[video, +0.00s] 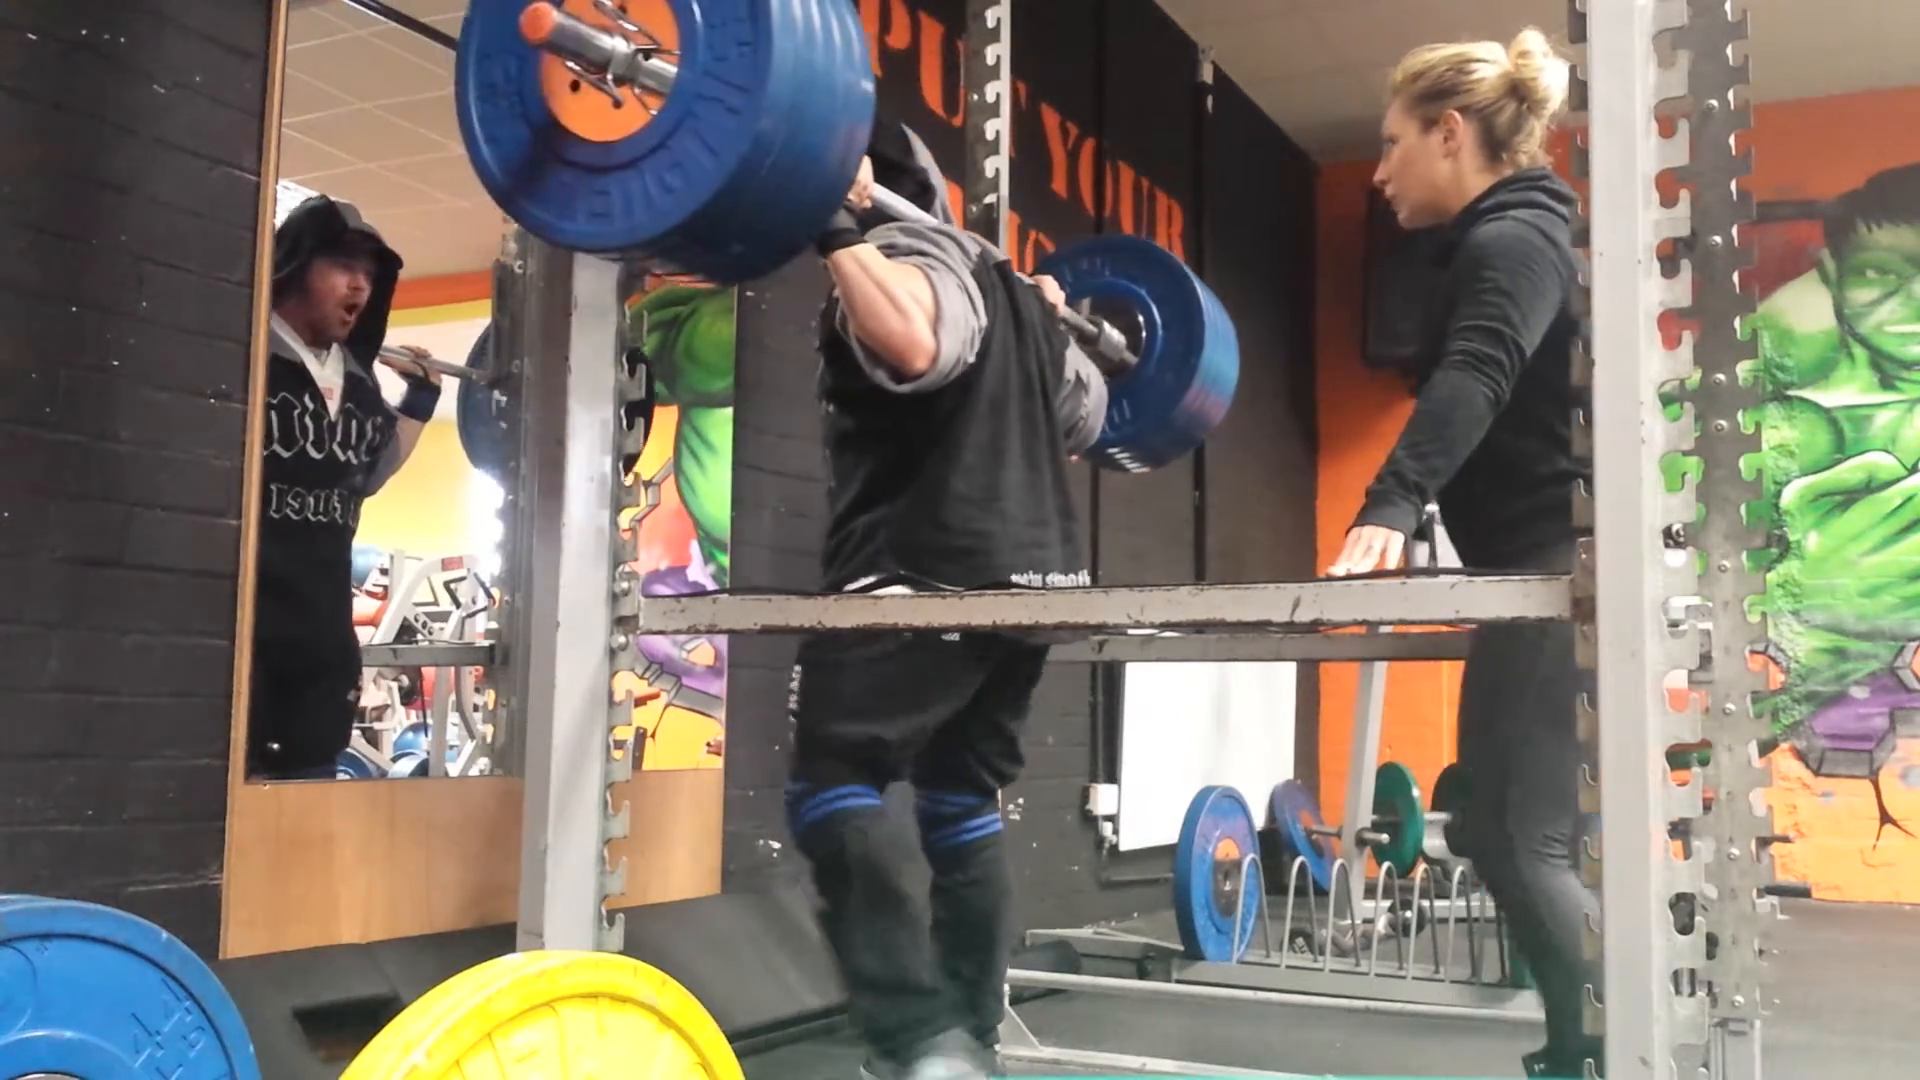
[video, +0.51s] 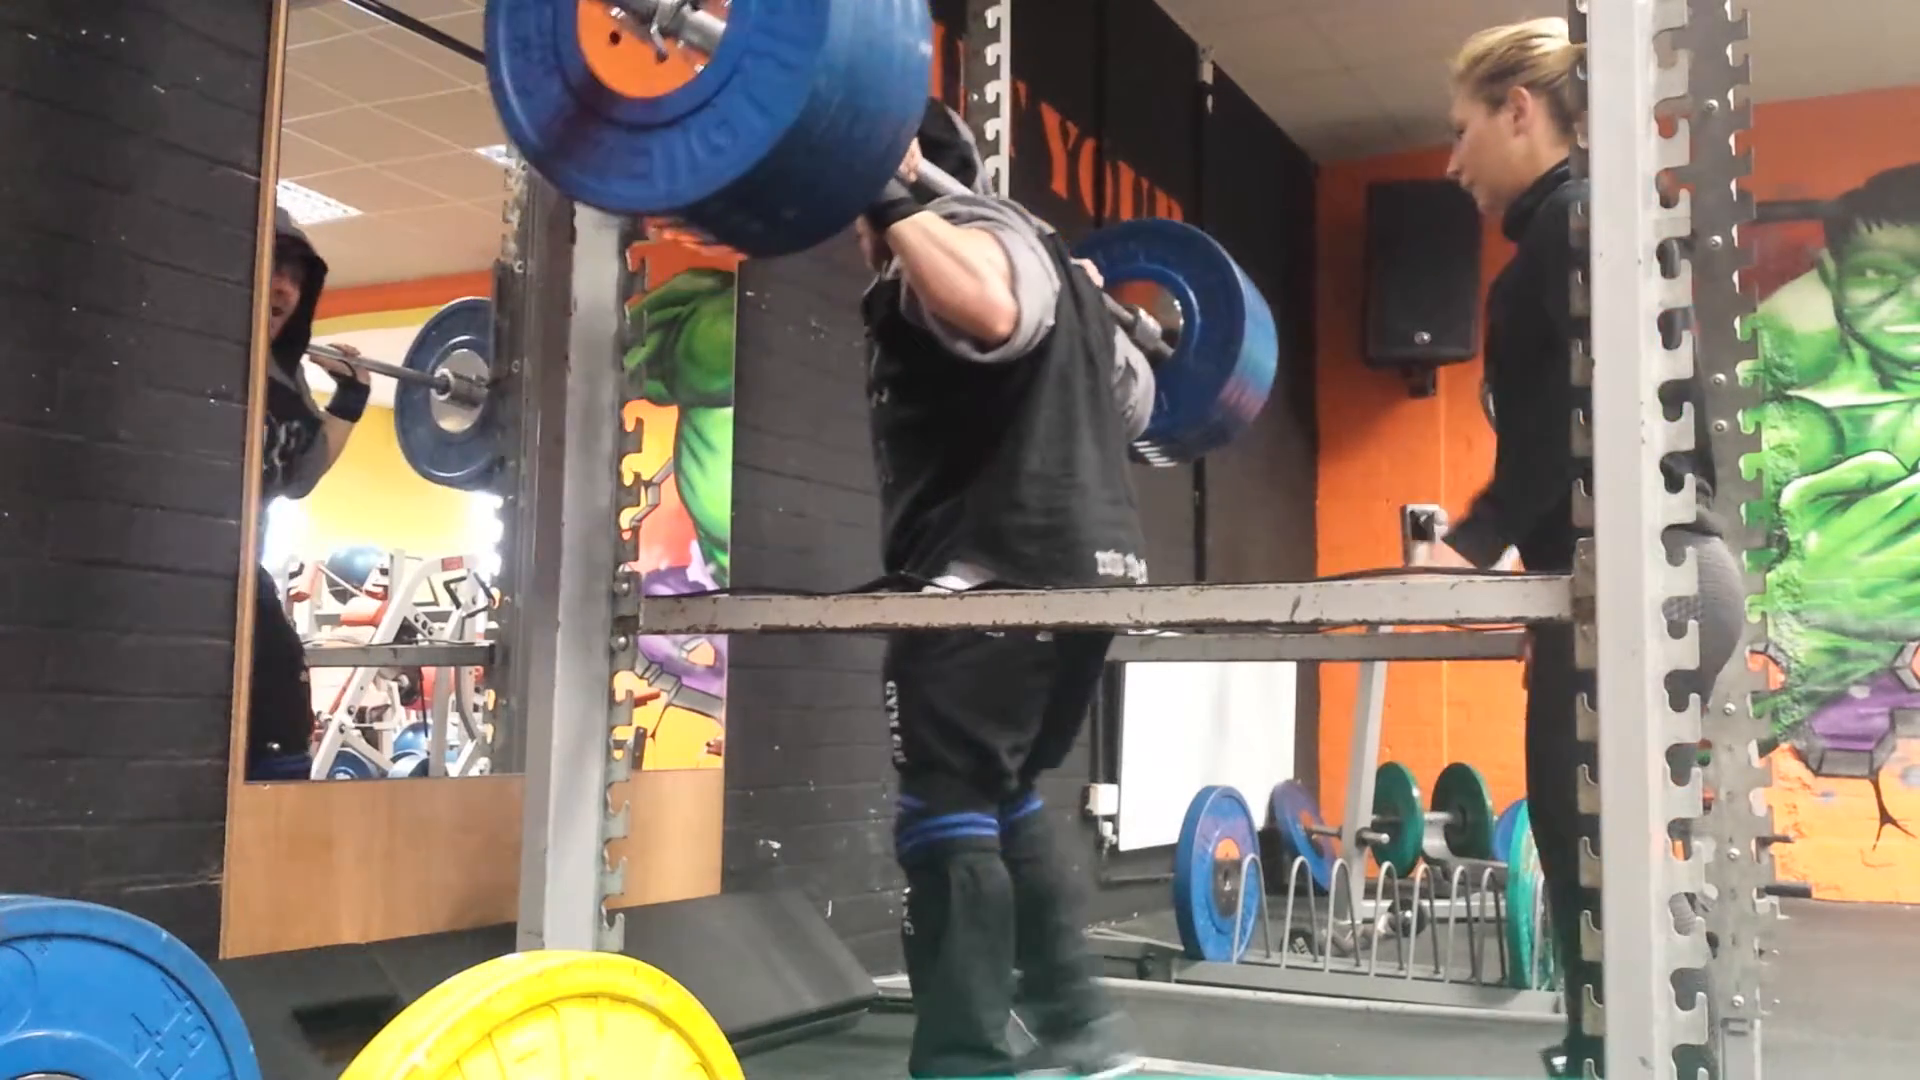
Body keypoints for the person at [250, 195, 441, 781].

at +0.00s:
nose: (360, 286)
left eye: (369, 274)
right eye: (344, 266)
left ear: (374, 289)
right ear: (294, 269)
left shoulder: (357, 376)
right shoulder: (245, 354)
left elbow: (371, 474)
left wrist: (422, 397)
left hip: (322, 612)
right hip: (245, 605)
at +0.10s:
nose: (350, 290)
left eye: (360, 281)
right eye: (333, 271)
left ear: (365, 298)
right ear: (285, 274)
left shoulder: (344, 376)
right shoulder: (243, 357)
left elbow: (359, 476)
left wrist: (409, 402)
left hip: (312, 579)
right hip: (242, 572)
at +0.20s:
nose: (330, 292)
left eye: (341, 283)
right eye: (313, 275)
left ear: (347, 302)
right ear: (270, 279)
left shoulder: (328, 389)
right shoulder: (230, 366)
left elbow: (338, 484)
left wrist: (392, 407)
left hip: (288, 562)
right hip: (224, 556)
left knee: (296, 696)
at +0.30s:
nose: (310, 296)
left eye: (321, 287)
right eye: (295, 278)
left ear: (330, 304)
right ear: (258, 283)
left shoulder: (309, 392)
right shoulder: (214, 365)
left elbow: (317, 486)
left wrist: (374, 405)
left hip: (263, 555)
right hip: (202, 547)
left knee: (283, 670)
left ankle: (269, 775)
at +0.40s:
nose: (295, 294)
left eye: (307, 284)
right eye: (284, 275)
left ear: (315, 300)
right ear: (250, 278)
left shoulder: (294, 388)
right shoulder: (207, 359)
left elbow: (306, 479)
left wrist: (360, 398)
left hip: (251, 567)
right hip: (192, 558)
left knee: (279, 675)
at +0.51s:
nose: (282, 286)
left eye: (295, 277)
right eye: (273, 268)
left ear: (304, 298)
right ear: (244, 275)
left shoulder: (282, 380)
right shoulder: (203, 353)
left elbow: (298, 475)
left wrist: (349, 396)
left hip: (240, 556)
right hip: (189, 545)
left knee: (280, 663)